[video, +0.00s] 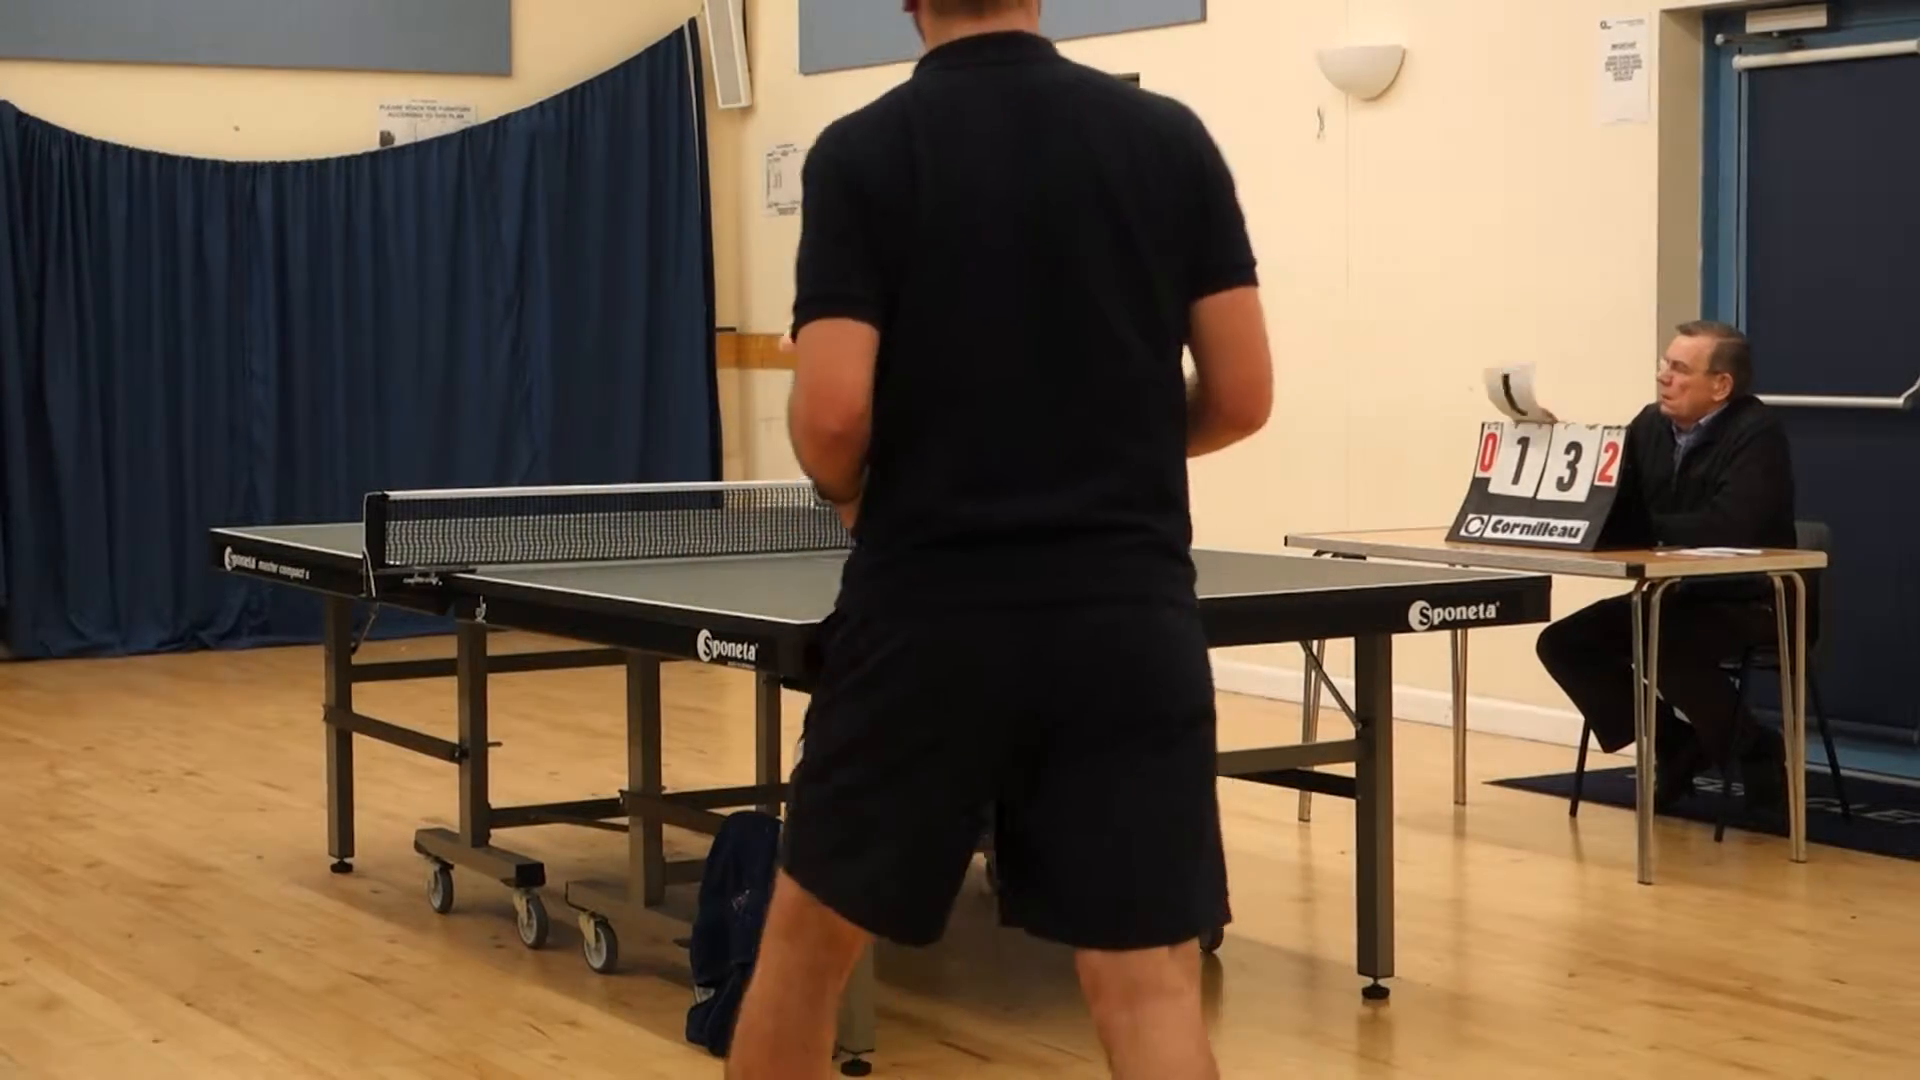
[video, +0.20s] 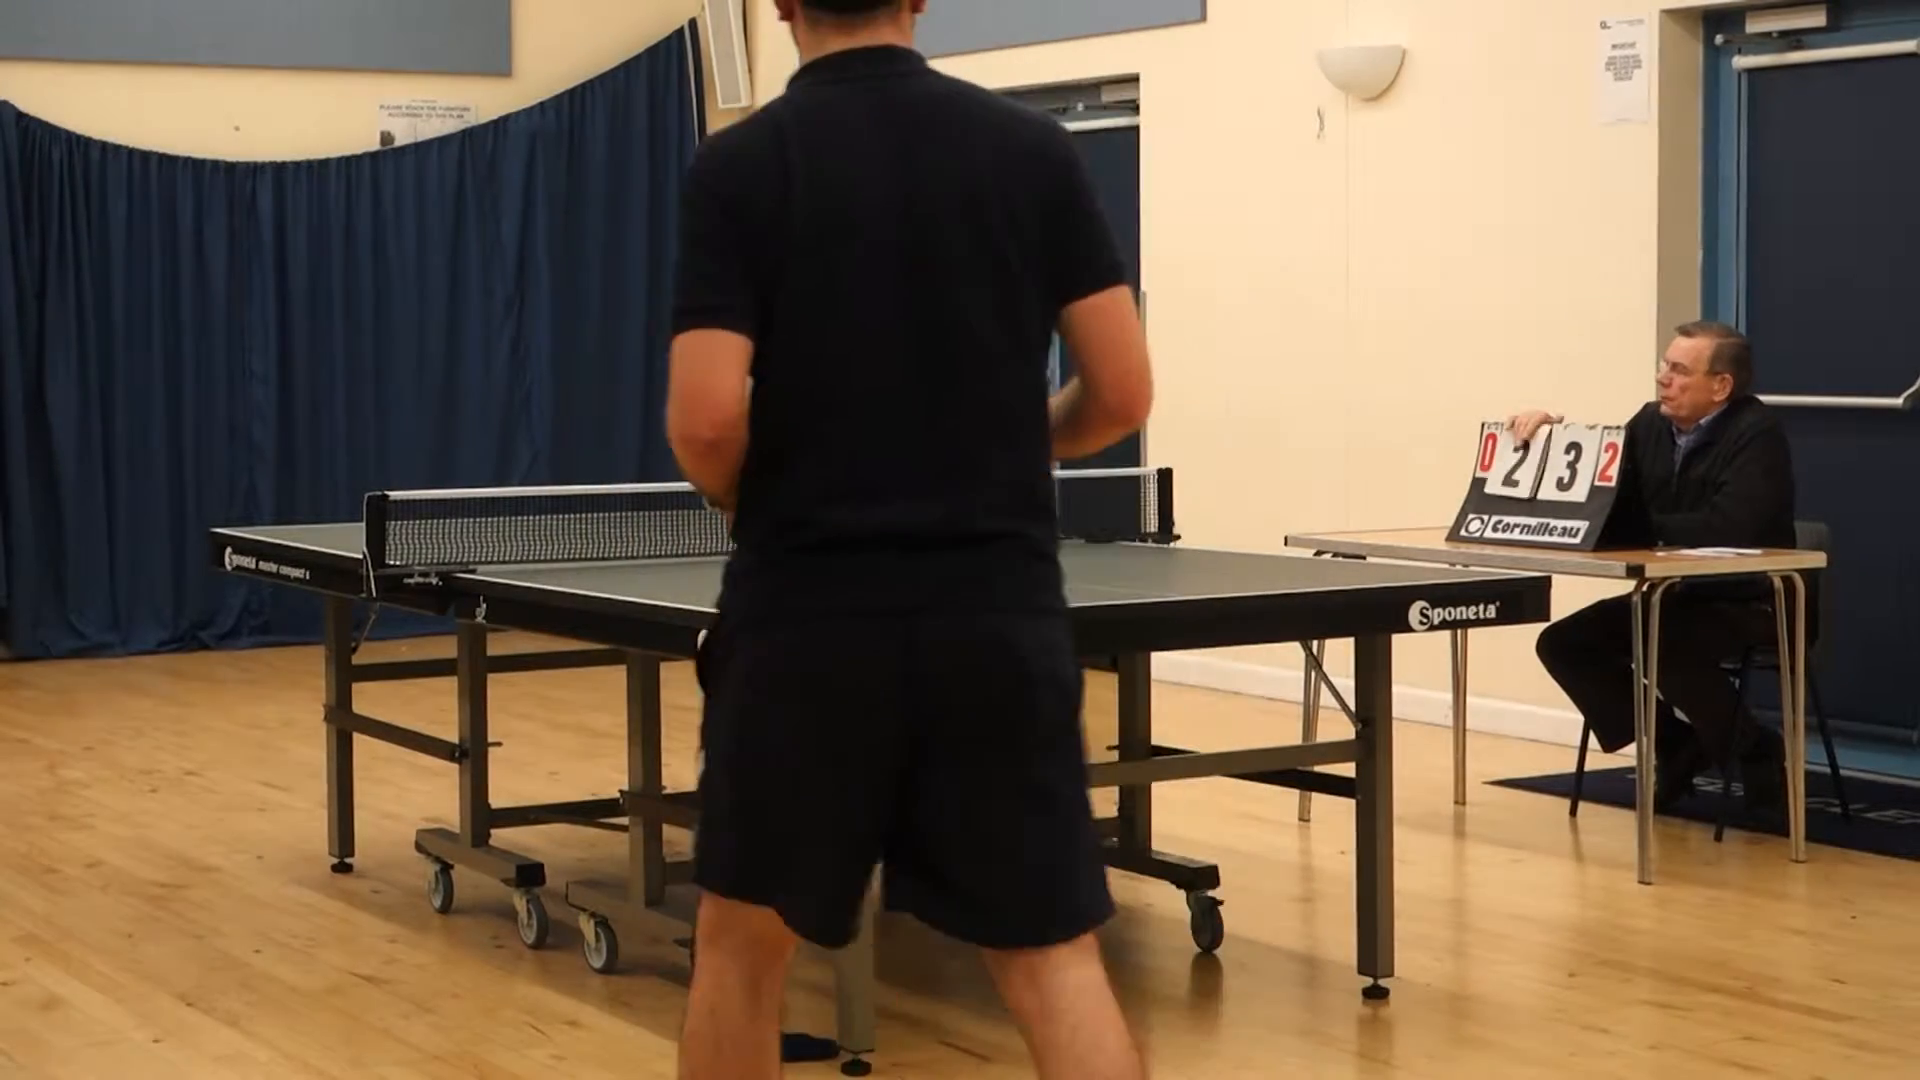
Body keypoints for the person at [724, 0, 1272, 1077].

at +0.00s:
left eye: (910, 13)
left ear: (916, 7)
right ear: (1040, 5)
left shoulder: (864, 148)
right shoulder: (1164, 134)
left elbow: (829, 418)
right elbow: (1238, 397)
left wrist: (852, 490)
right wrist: (1110, 436)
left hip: (925, 634)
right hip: (1130, 630)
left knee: (806, 956)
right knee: (1147, 987)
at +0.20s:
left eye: (777, 15)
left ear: (784, 12)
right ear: (915, 6)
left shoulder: (742, 161)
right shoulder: (1028, 146)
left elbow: (706, 421)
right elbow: (1121, 394)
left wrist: (770, 502)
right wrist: (1003, 447)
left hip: (807, 633)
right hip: (999, 627)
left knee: (742, 950)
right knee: (1055, 962)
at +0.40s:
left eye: (685, 8)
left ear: (687, 7)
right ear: (799, 2)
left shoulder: (628, 140)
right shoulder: (906, 126)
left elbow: (557, 395)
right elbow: (995, 365)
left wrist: (618, 457)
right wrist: (901, 436)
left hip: (697, 588)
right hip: (875, 578)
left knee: (697, 923)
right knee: (899, 897)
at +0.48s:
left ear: (656, 5)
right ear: (768, 2)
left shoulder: (593, 135)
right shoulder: (871, 124)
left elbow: (515, 393)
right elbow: (955, 363)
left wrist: (585, 454)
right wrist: (863, 428)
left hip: (669, 571)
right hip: (840, 567)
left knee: (687, 914)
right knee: (831, 876)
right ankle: (820, 1078)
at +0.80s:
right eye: (705, 22)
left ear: (575, 28)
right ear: (702, 27)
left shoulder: (519, 168)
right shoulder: (775, 173)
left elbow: (455, 408)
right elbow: (844, 398)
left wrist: (459, 560)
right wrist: (805, 468)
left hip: (573, 576)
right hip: (722, 575)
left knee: (585, 892)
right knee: (670, 852)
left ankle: (643, 1079)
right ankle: (645, 1068)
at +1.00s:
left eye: (536, 20)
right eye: (658, 26)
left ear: (538, 29)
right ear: (663, 35)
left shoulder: (474, 170)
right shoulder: (727, 179)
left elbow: (414, 379)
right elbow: (789, 404)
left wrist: (383, 574)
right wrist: (759, 436)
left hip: (515, 570)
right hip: (673, 575)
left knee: (487, 823)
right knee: (656, 847)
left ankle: (506, 1054)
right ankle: (634, 1072)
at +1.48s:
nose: (567, 106)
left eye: (564, 90)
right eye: (569, 91)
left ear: (455, 78)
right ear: (552, 88)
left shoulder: (364, 190)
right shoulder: (562, 204)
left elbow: (291, 383)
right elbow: (638, 415)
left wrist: (338, 508)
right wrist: (708, 392)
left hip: (362, 546)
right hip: (492, 552)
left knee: (402, 795)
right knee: (597, 793)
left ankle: (337, 1055)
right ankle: (529, 1056)